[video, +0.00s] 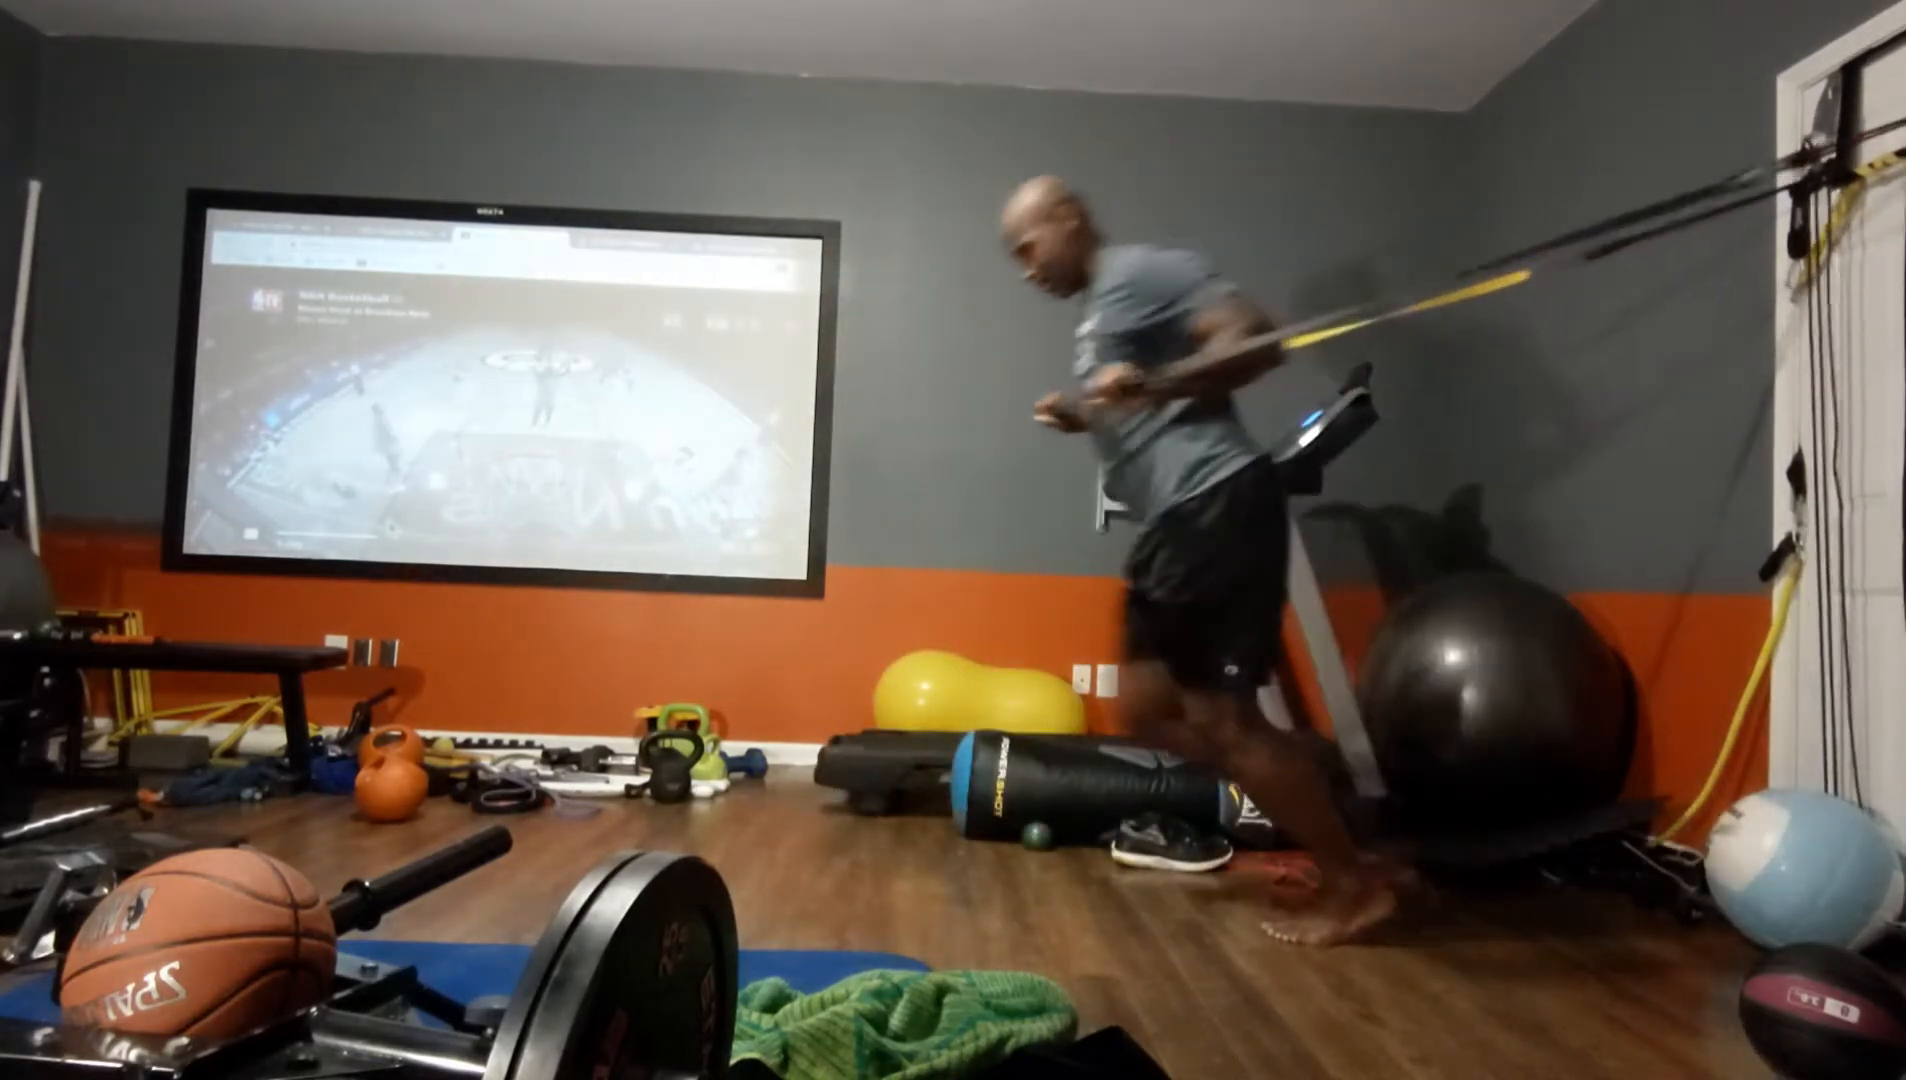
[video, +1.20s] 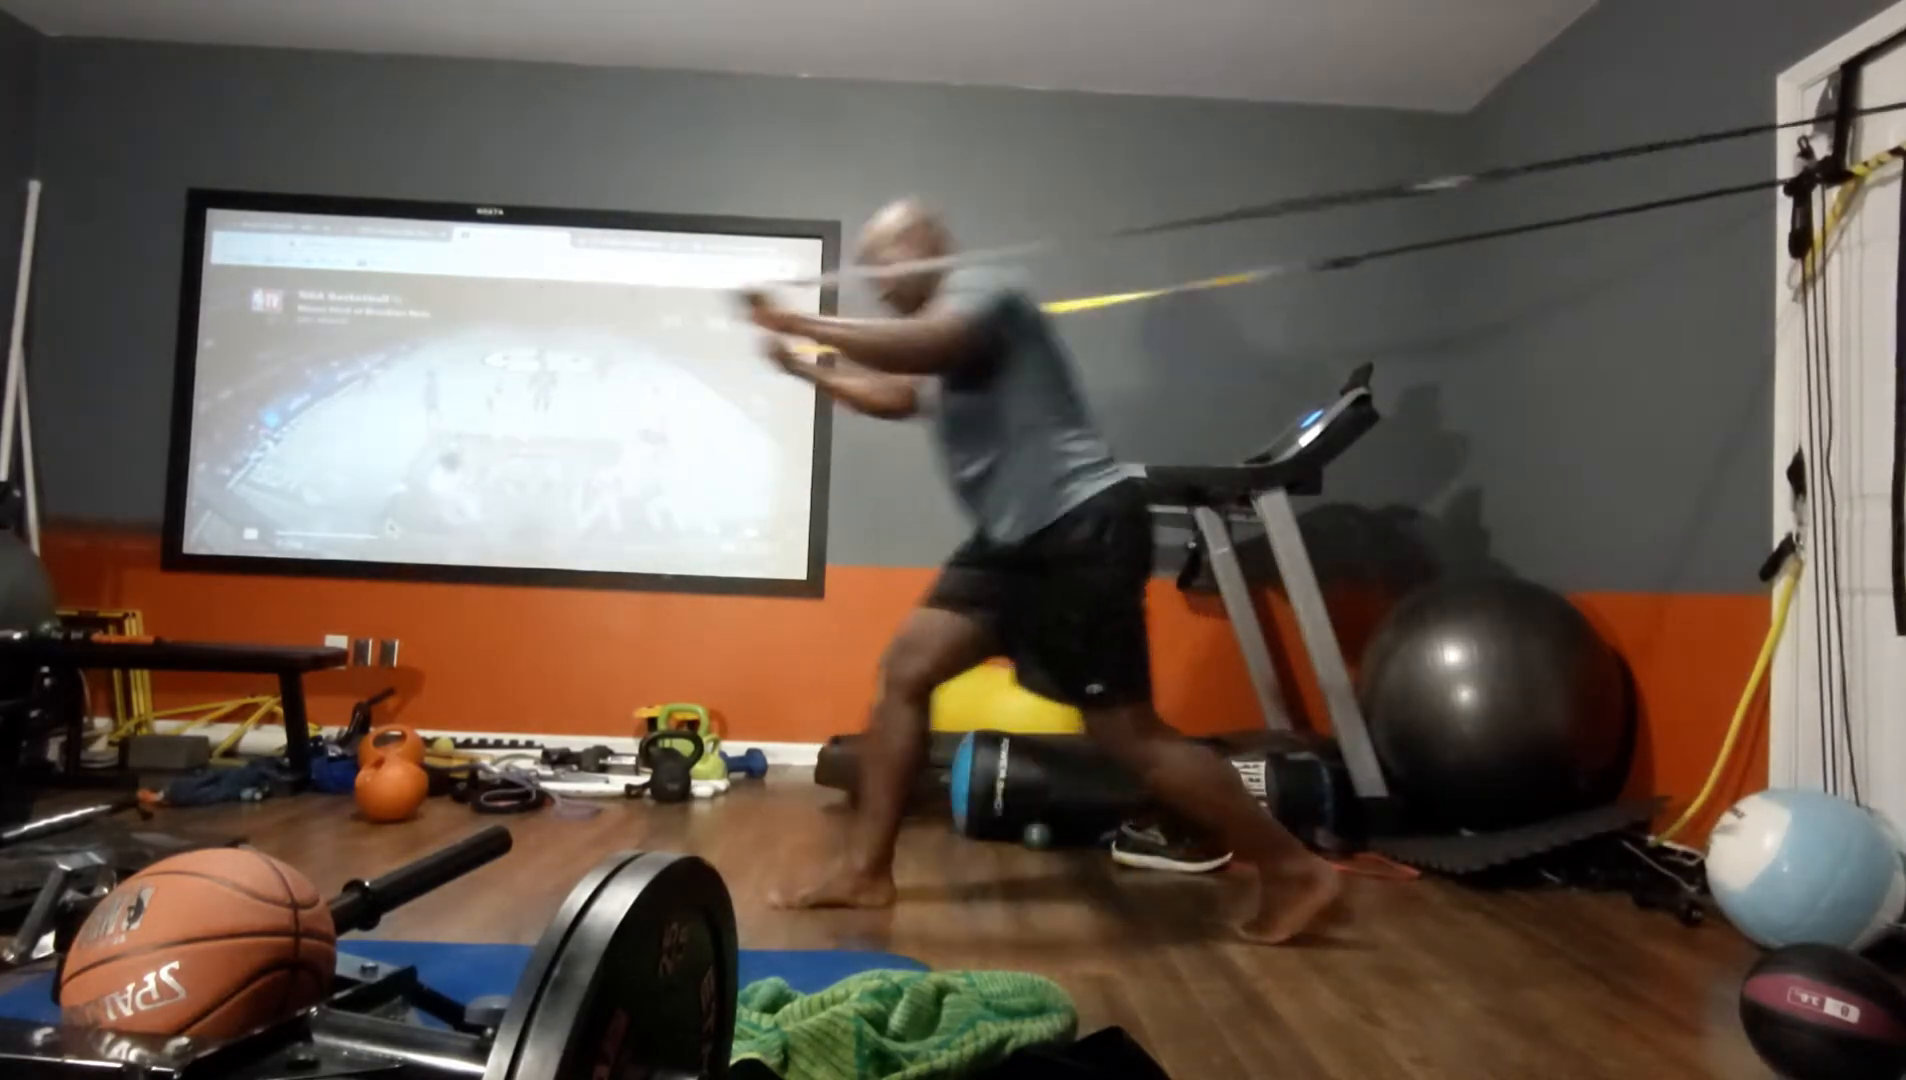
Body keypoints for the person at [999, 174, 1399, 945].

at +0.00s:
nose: (1025, 265)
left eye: (1028, 243)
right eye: (1015, 254)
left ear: (1074, 219)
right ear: (1032, 251)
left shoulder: (1139, 269)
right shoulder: (1095, 312)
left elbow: (1255, 343)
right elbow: (1143, 413)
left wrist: (1153, 384)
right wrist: (1080, 415)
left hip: (1220, 504)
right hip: (1172, 520)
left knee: (1222, 721)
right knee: (1151, 712)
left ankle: (1354, 885)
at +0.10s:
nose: (978, 282)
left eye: (981, 259)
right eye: (966, 272)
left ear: (1024, 234)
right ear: (975, 274)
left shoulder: (1086, 281)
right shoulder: (1050, 326)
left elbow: (1151, 358)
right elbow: (1108, 403)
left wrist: (1037, 380)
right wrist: (1033, 416)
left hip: (1189, 514)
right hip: (1134, 529)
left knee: (1212, 725)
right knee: (1046, 671)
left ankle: (1353, 883)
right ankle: (1183, 827)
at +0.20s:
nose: (921, 287)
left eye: (928, 265)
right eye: (910, 278)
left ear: (964, 251)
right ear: (917, 281)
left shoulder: (1027, 285)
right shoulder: (977, 340)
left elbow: (974, 337)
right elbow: (963, 405)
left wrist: (856, 348)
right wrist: (871, 388)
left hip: (1149, 511)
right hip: (1081, 530)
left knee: (1205, 725)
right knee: (971, 649)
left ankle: (1349, 877)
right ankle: (1001, 850)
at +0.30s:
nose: (836, 311)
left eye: (841, 298)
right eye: (835, 303)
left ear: (875, 283)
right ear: (874, 297)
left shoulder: (945, 308)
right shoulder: (919, 352)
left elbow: (814, 321)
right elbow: (835, 375)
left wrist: (687, 320)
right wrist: (734, 359)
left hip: (1095, 525)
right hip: (1034, 542)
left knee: (1180, 732)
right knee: (923, 672)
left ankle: (1343, 871)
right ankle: (879, 867)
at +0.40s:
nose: (763, 339)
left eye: (764, 323)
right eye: (760, 328)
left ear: (792, 305)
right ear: (803, 306)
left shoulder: (865, 330)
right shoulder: (851, 369)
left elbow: (734, 331)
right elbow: (756, 373)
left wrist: (599, 307)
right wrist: (663, 352)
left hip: (1044, 537)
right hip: (976, 551)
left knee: (1120, 738)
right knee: (869, 667)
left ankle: (1316, 857)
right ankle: (865, 873)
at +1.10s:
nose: (812, 304)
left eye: (819, 288)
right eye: (808, 294)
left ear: (862, 277)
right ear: (836, 298)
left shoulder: (921, 314)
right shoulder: (880, 367)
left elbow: (809, 339)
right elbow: (803, 384)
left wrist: (671, 316)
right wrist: (710, 353)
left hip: (1050, 540)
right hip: (978, 553)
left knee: (1108, 750)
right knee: (866, 666)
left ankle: (1282, 865)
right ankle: (862, 877)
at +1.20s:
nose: (876, 277)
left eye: (887, 256)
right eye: (869, 265)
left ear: (931, 246)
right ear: (875, 270)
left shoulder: (987, 290)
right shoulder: (933, 348)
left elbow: (935, 341)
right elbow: (891, 397)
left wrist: (803, 322)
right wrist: (804, 364)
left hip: (1088, 522)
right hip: (1013, 539)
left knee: (1125, 733)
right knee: (906, 668)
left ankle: (1298, 873)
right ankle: (866, 873)